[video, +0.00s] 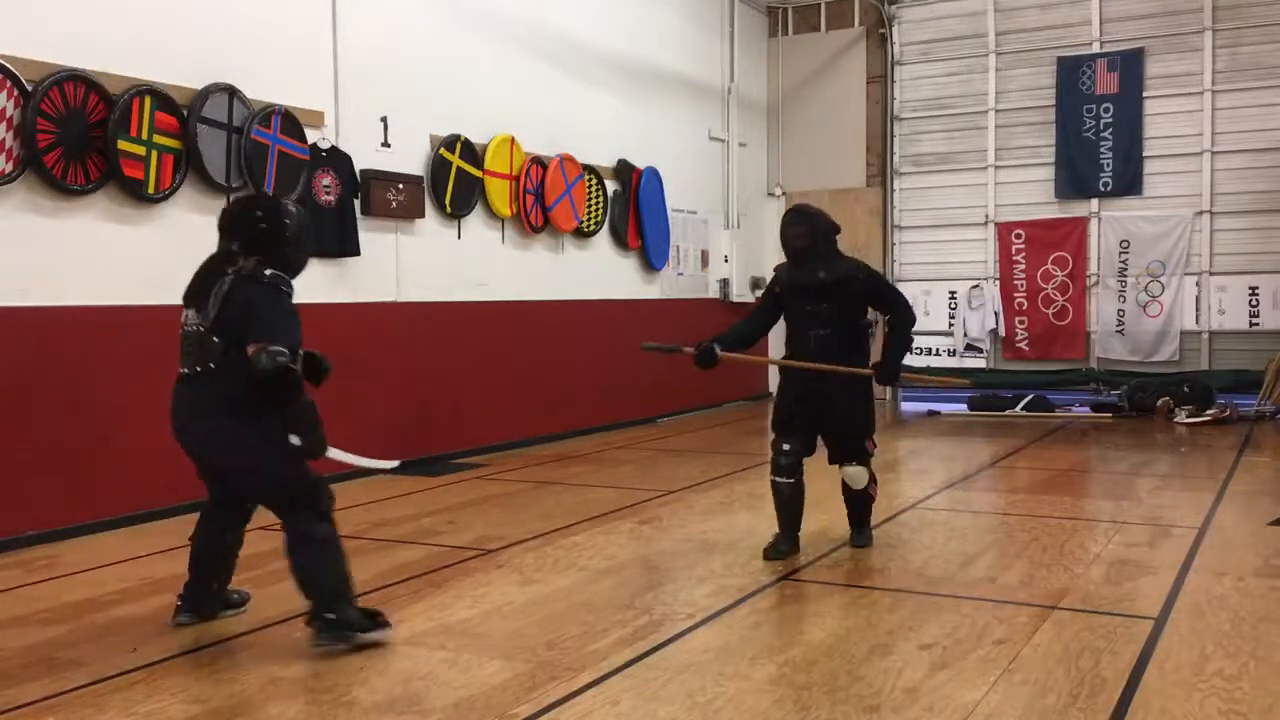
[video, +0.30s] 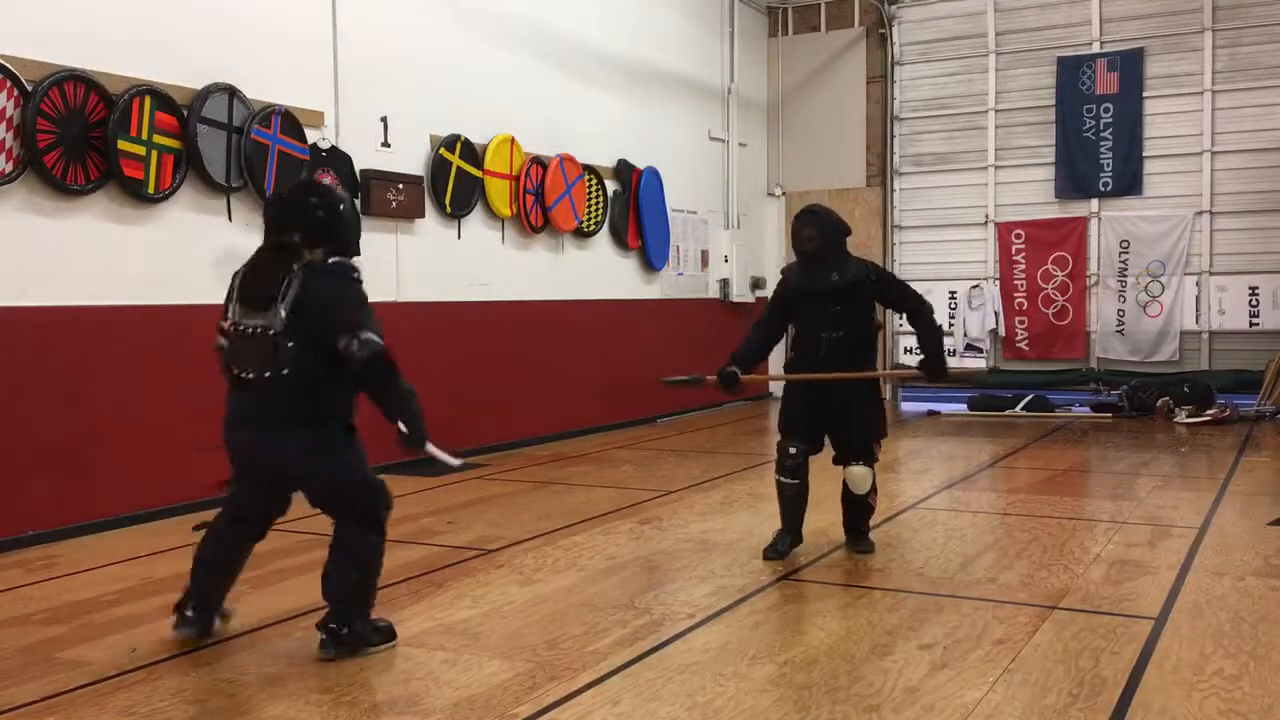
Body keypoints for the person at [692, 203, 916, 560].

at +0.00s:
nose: (792, 245)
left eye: (798, 237)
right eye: (788, 238)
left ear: (817, 236)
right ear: (785, 239)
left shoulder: (854, 274)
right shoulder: (786, 279)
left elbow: (903, 312)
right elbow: (757, 322)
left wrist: (891, 363)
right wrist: (718, 345)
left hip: (846, 385)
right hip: (798, 385)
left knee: (854, 466)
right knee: (785, 460)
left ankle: (860, 526)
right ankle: (788, 536)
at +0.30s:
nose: (805, 244)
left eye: (812, 236)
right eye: (799, 237)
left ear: (832, 236)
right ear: (793, 239)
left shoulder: (862, 274)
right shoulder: (793, 280)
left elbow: (916, 307)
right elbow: (768, 327)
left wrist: (934, 358)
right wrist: (738, 364)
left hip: (854, 387)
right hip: (803, 388)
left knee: (860, 469)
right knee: (790, 460)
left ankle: (857, 533)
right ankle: (789, 531)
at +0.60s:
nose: (806, 243)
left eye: (813, 236)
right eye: (800, 236)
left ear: (831, 237)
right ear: (792, 240)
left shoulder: (860, 278)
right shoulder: (788, 280)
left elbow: (907, 318)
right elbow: (765, 326)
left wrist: (925, 365)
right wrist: (738, 360)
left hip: (849, 388)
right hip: (798, 388)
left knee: (855, 467)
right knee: (784, 459)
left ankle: (857, 533)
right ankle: (765, 539)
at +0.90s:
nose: (774, 234)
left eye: (782, 226)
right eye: (767, 226)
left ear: (801, 226)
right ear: (758, 229)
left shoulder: (829, 269)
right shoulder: (754, 271)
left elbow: (870, 314)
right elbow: (731, 317)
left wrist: (888, 362)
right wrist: (711, 354)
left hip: (818, 383)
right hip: (765, 383)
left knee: (831, 466)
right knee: (760, 470)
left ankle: (829, 514)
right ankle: (757, 556)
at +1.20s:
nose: (769, 253)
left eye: (777, 245)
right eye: (762, 245)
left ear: (794, 247)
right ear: (750, 248)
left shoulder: (818, 291)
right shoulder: (740, 290)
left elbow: (856, 339)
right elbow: (721, 339)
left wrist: (875, 386)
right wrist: (704, 379)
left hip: (804, 407)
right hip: (750, 406)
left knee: (816, 496)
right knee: (742, 487)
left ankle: (807, 550)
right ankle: (735, 571)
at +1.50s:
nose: (775, 245)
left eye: (783, 237)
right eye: (767, 237)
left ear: (801, 239)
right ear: (756, 241)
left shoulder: (823, 285)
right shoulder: (746, 287)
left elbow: (862, 332)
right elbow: (728, 334)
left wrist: (886, 382)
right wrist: (717, 370)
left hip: (813, 402)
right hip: (760, 401)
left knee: (826, 495)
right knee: (752, 484)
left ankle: (806, 552)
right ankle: (742, 565)